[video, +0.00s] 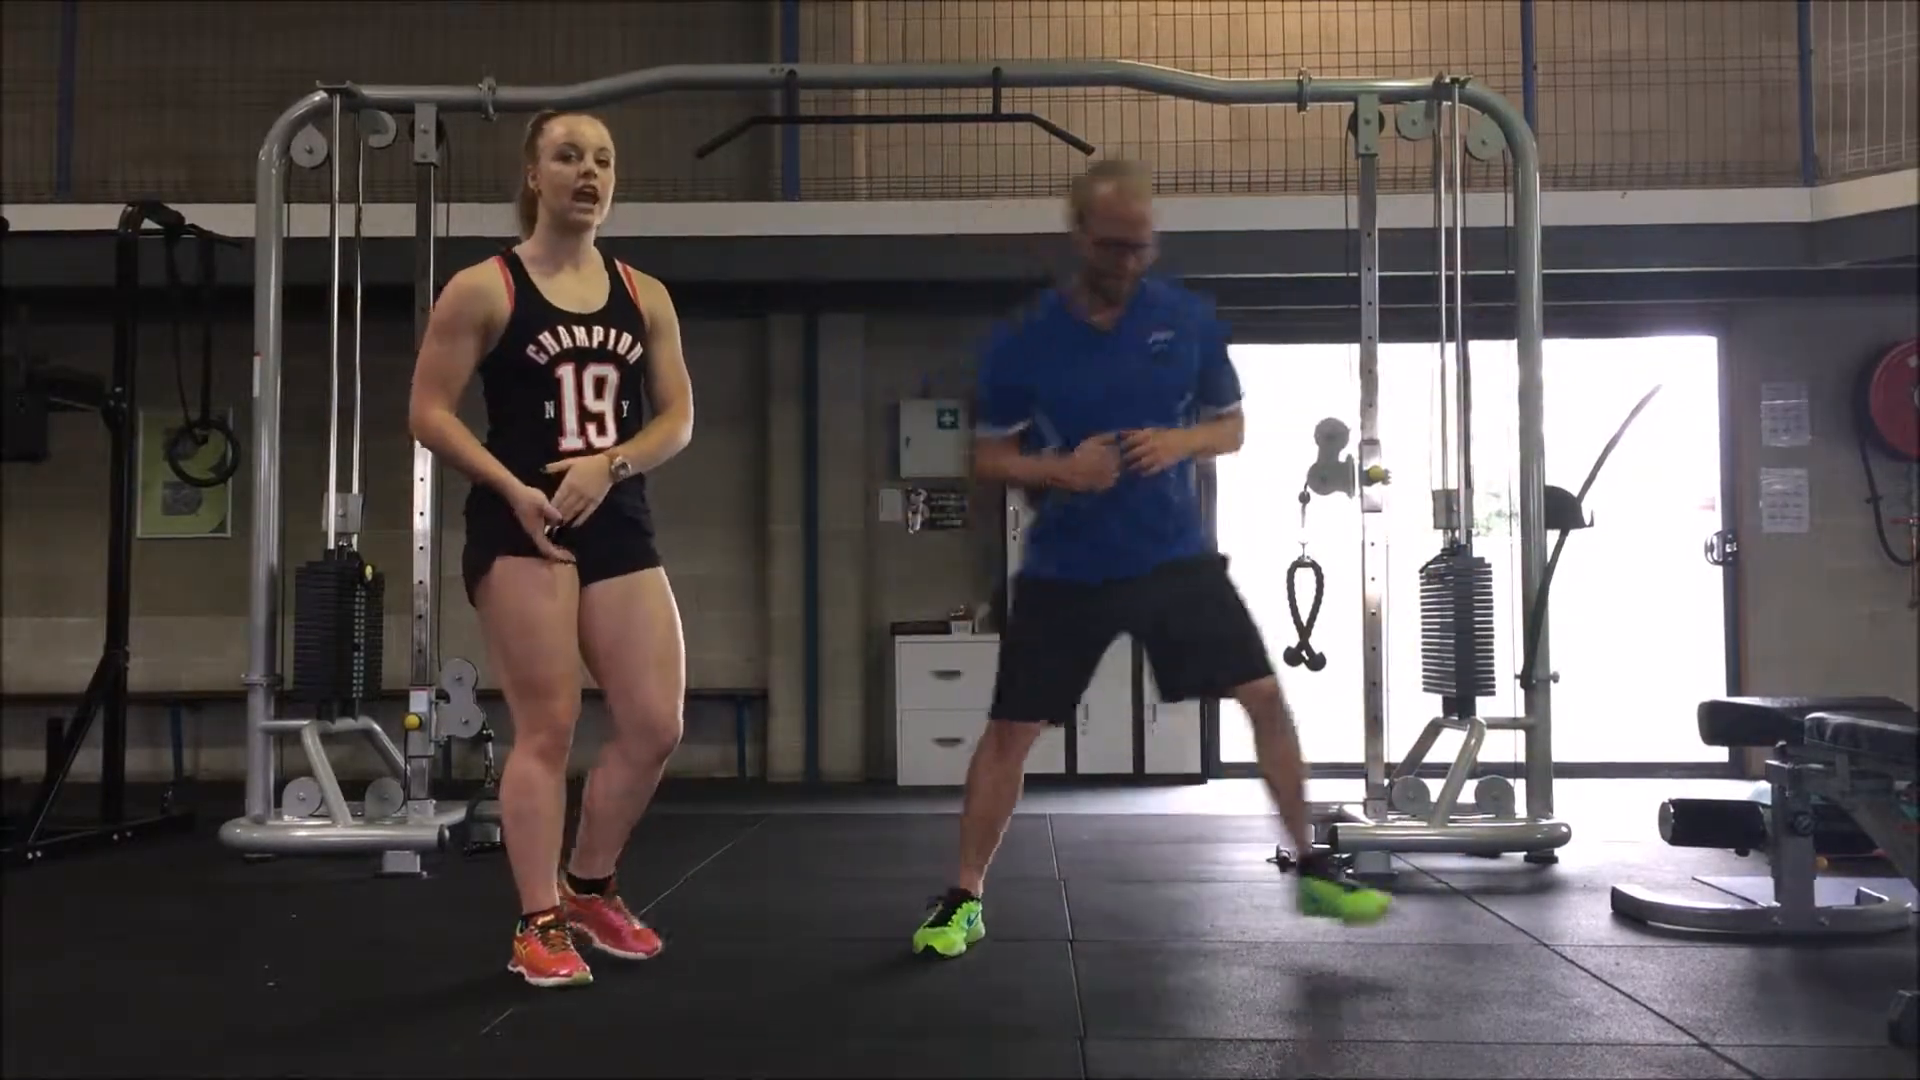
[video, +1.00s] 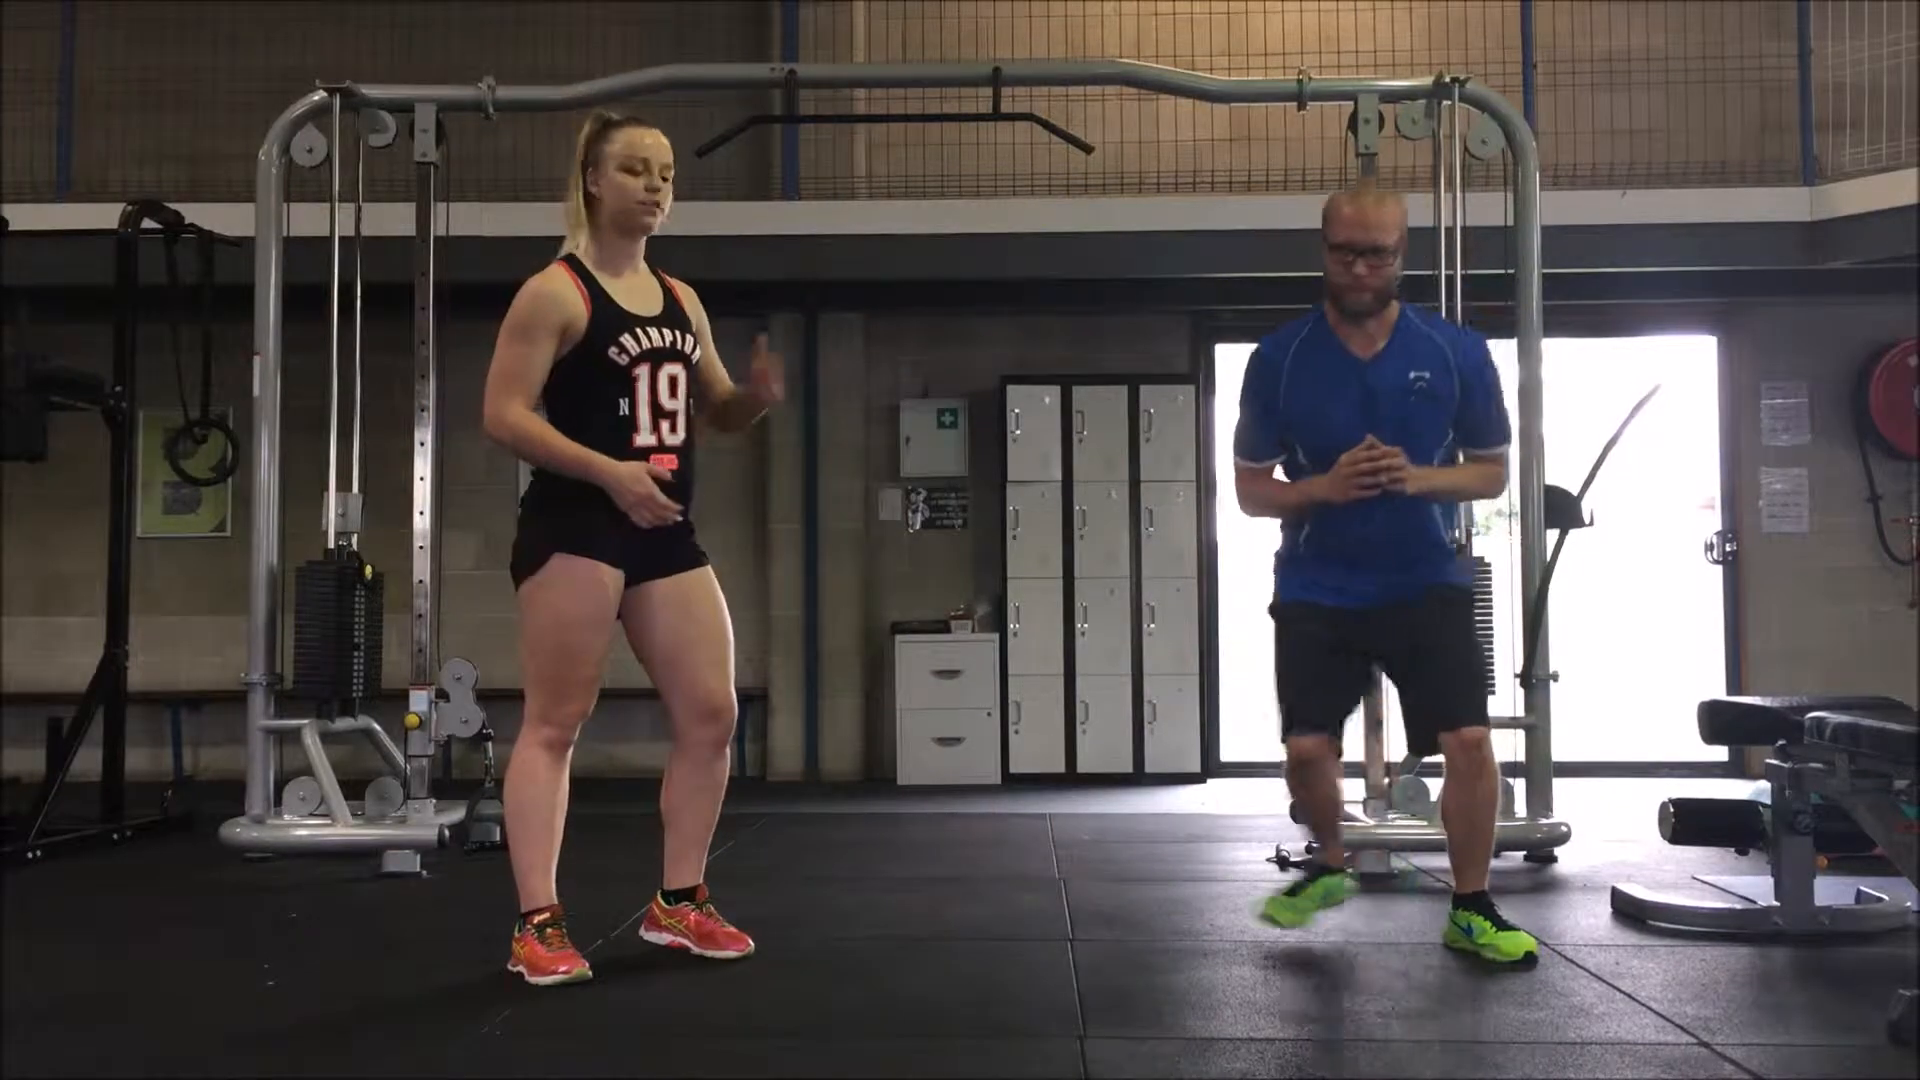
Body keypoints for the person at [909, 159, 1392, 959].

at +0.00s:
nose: (1128, 263)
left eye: (1141, 247)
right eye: (1112, 246)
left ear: (1155, 238)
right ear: (1077, 234)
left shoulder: (1188, 320)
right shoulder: (1024, 341)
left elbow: (1229, 429)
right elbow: (987, 456)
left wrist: (1178, 442)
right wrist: (1058, 469)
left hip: (1174, 563)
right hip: (1064, 572)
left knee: (1262, 694)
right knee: (1010, 729)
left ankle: (1307, 861)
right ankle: (964, 897)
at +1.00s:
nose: (1361, 269)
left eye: (1377, 255)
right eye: (1346, 253)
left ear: (1402, 254)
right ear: (1322, 251)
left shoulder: (1456, 352)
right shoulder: (1279, 359)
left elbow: (1491, 472)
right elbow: (1252, 492)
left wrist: (1421, 478)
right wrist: (1324, 487)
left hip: (1425, 586)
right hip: (1317, 591)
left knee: (1468, 738)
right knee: (1306, 750)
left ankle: (1472, 906)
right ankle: (1329, 864)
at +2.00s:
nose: (986, 263)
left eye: (1000, 246)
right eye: (968, 248)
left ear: (1017, 227)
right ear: (936, 231)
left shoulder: (1067, 314)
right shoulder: (893, 325)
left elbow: (1102, 438)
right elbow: (872, 451)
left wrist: (1038, 436)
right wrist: (926, 452)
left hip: (1047, 557)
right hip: (942, 565)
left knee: (1092, 721)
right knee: (943, 729)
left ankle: (1100, 823)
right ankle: (971, 894)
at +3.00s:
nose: (1393, 226)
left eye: (1409, 212)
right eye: (1377, 209)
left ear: (1429, 221)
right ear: (1344, 213)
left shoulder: (1474, 323)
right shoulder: (1295, 327)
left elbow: (1506, 441)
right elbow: (1271, 464)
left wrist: (1450, 444)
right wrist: (1362, 445)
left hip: (1436, 574)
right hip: (1323, 572)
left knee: (1485, 726)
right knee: (1259, 725)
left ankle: (1491, 907)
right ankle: (1226, 850)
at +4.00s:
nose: (1254, 187)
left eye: (1268, 172)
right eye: (1237, 173)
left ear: (1290, 177)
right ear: (1213, 179)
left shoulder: (1345, 275)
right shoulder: (1167, 283)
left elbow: (1378, 400)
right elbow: (1131, 410)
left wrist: (1309, 364)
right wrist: (1199, 377)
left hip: (1308, 532)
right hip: (1195, 529)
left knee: (1383, 694)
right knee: (1117, 688)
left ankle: (1468, 863)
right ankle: (1044, 865)